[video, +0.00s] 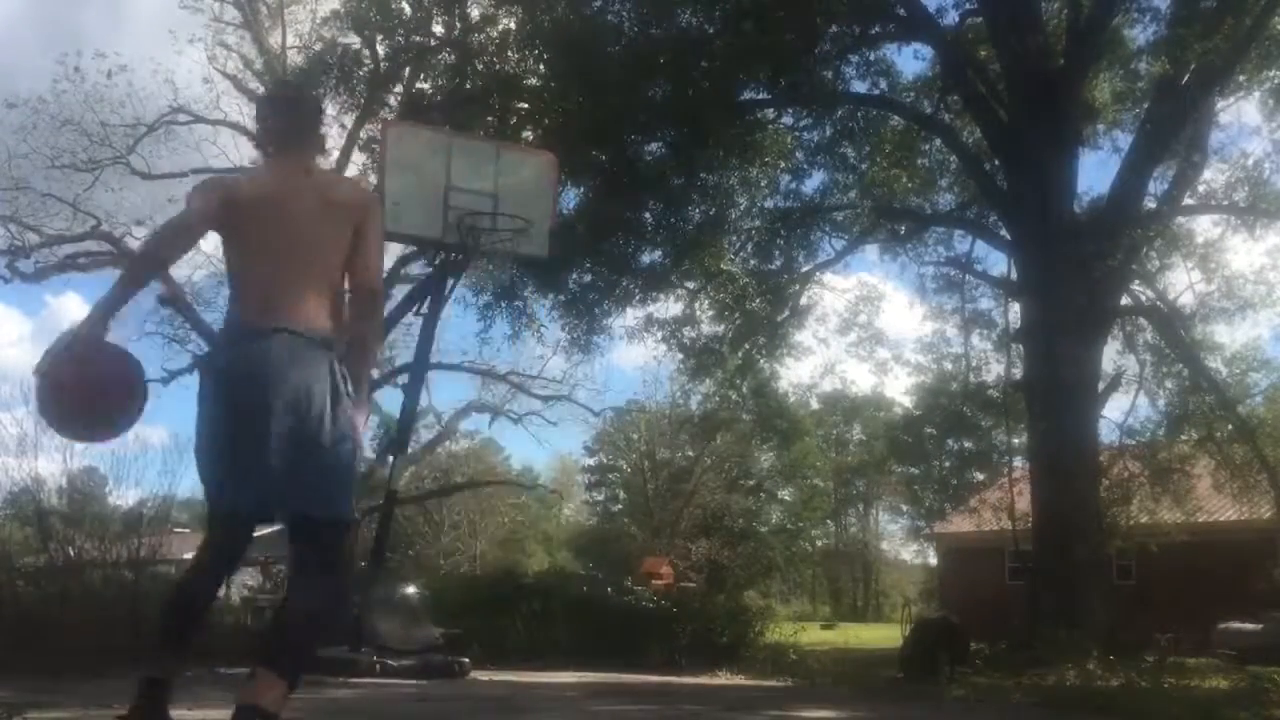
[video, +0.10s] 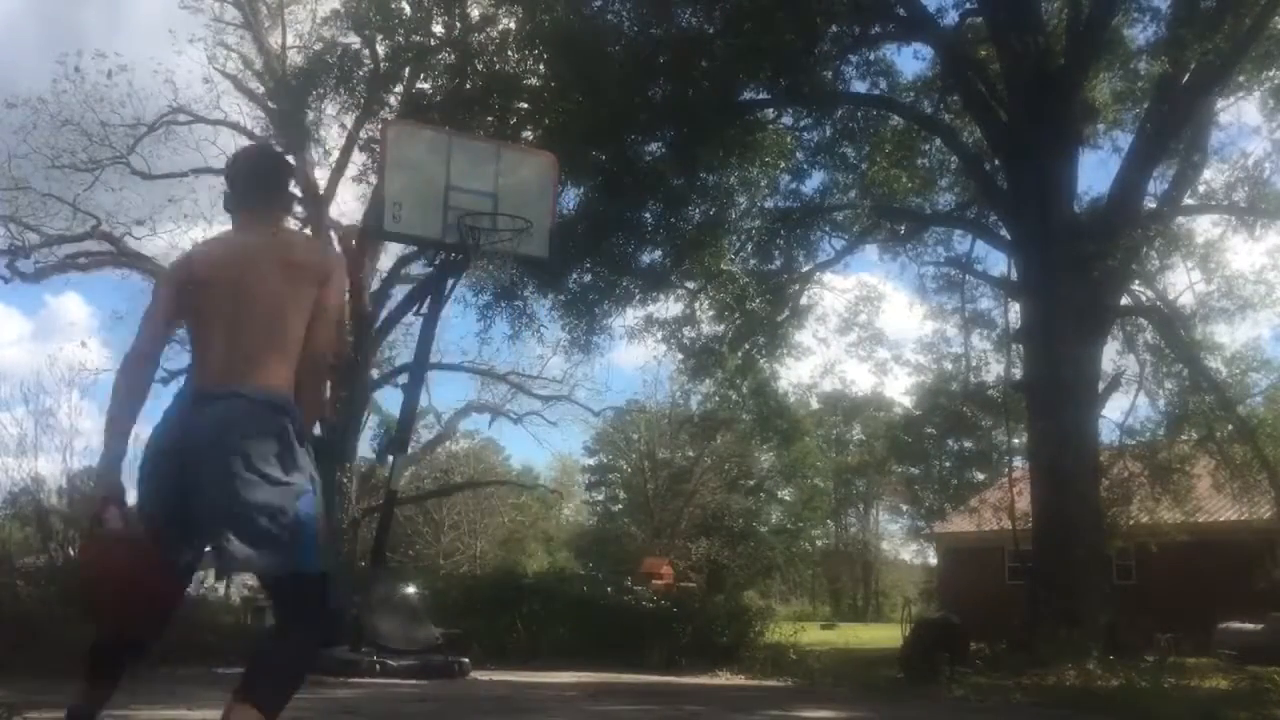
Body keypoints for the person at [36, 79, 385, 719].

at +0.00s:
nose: (262, 137)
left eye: (261, 126)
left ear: (262, 132)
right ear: (320, 134)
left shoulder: (228, 190)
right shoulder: (357, 196)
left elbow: (158, 253)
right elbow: (368, 299)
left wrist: (94, 321)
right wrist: (357, 392)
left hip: (235, 371)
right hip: (313, 376)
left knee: (222, 542)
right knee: (318, 564)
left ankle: (152, 692)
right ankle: (259, 707)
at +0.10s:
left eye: (233, 192)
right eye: (283, 191)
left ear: (229, 198)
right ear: (286, 196)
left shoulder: (192, 262)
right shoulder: (323, 257)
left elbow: (140, 360)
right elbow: (319, 356)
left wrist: (111, 465)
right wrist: (302, 431)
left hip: (181, 442)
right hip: (263, 445)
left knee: (143, 595)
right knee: (306, 617)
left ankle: (85, 707)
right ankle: (242, 712)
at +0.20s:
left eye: (216, 247)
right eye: (263, 246)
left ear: (210, 252)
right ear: (267, 252)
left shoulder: (176, 309)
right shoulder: (298, 311)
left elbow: (136, 419)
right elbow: (295, 428)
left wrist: (118, 508)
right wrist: (273, 497)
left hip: (154, 471)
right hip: (233, 476)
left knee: (135, 607)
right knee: (302, 619)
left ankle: (71, 710)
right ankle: (249, 707)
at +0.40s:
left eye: (277, 195)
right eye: (332, 195)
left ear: (275, 200)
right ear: (333, 198)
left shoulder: (240, 252)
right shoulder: (365, 255)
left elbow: (139, 305)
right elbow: (440, 353)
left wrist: (81, 374)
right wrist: (377, 372)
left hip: (206, 416)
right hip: (286, 425)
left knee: (157, 577)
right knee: (331, 611)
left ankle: (96, 707)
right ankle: (222, 711)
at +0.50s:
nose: (373, 157)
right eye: (371, 148)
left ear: (307, 148)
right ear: (366, 148)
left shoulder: (268, 198)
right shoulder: (396, 204)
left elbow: (173, 257)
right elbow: (468, 302)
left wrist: (165, 301)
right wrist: (423, 301)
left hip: (244, 377)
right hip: (326, 387)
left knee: (218, 556)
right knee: (318, 577)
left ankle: (149, 699)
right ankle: (220, 707)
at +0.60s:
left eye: (344, 98)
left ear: (336, 103)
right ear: (394, 102)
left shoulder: (294, 163)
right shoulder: (427, 170)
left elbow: (231, 254)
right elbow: (479, 286)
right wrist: (443, 269)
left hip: (283, 343)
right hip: (365, 352)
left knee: (271, 534)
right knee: (357, 553)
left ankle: (197, 701)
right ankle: (276, 705)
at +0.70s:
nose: (384, 117)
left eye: (368, 105)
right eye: (414, 105)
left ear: (363, 104)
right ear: (422, 103)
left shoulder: (321, 169)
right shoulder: (454, 170)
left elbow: (294, 287)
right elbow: (479, 292)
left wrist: (353, 252)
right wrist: (430, 263)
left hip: (317, 356)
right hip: (404, 357)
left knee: (300, 547)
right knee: (437, 548)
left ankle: (196, 701)